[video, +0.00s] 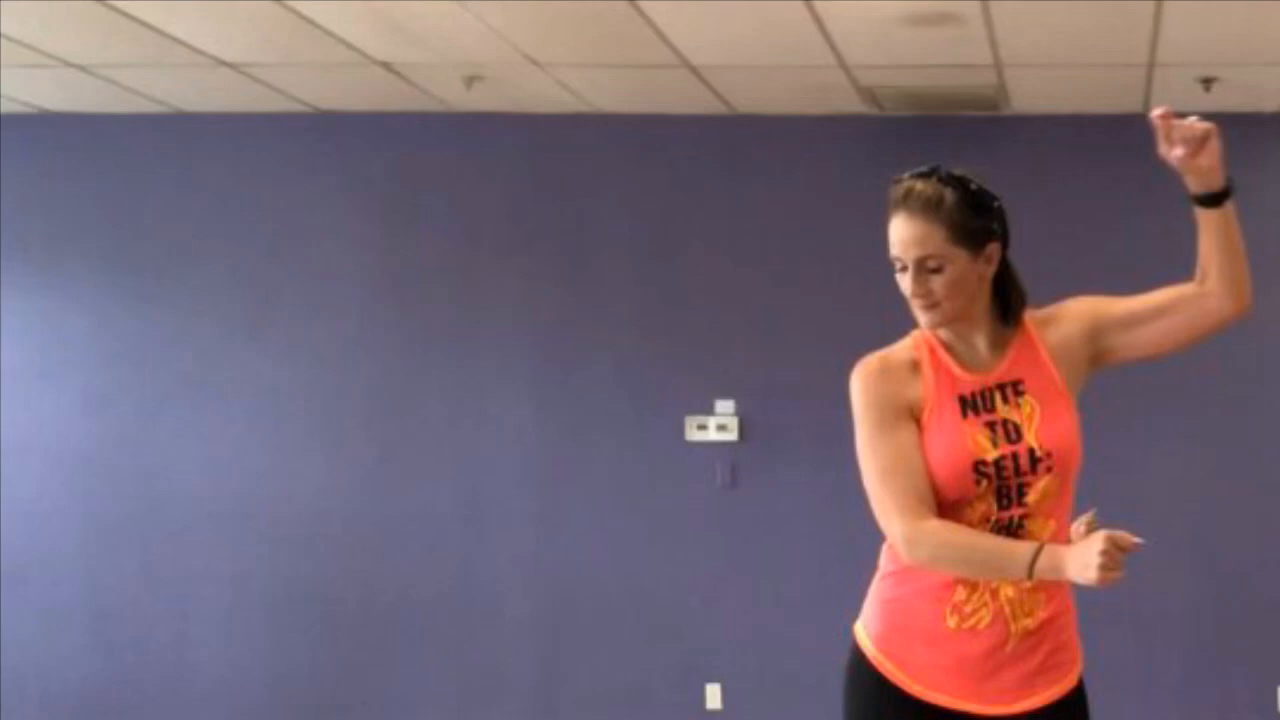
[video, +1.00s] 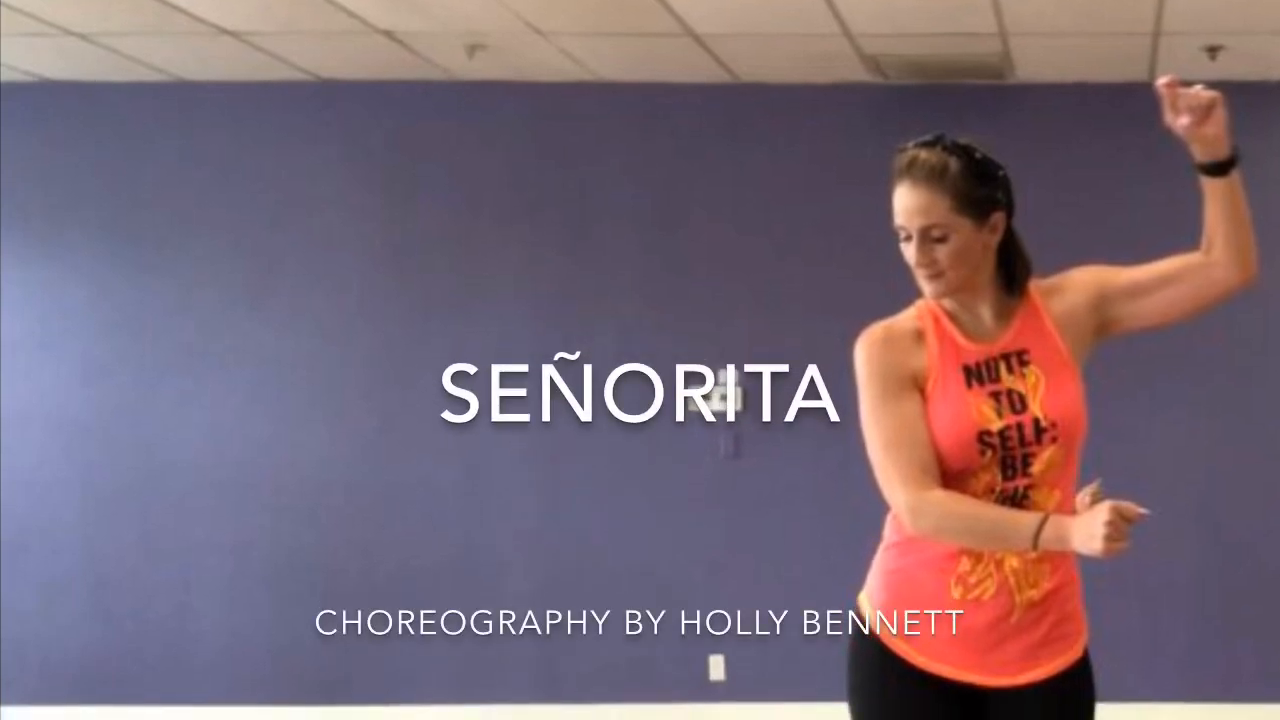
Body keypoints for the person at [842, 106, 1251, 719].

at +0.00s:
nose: (912, 289)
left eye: (931, 267)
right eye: (900, 269)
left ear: (990, 257)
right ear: (891, 266)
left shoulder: (1070, 336)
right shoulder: (885, 380)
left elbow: (1225, 296)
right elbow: (913, 535)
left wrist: (1208, 186)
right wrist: (1057, 560)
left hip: (1037, 684)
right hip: (905, 684)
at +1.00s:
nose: (918, 256)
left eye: (937, 235)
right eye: (905, 236)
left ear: (994, 225)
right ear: (894, 233)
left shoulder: (1074, 306)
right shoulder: (890, 349)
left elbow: (1230, 267)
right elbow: (918, 506)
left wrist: (1214, 156)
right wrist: (1064, 531)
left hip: (1041, 662)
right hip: (911, 659)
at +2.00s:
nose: (922, 226)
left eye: (941, 207)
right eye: (910, 208)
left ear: (999, 194)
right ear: (900, 203)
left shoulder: (1079, 275)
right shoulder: (894, 319)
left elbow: (1236, 235)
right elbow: (922, 476)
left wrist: (1220, 125)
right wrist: (1066, 500)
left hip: (1046, 631)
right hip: (914, 630)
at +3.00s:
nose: (926, 195)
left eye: (945, 175)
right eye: (913, 177)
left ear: (1003, 164)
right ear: (903, 173)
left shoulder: (1085, 244)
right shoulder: (898, 289)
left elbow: (1241, 206)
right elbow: (925, 447)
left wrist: (1224, 93)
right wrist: (1070, 471)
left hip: (1051, 604)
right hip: (917, 603)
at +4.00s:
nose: (929, 166)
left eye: (948, 144)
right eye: (916, 145)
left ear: (1007, 134)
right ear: (907, 142)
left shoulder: (1089, 215)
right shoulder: (902, 258)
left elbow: (1246, 175)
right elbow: (931, 417)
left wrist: (1230, 61)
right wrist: (1077, 443)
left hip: (1056, 573)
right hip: (923, 573)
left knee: (1055, 711)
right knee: (935, 707)